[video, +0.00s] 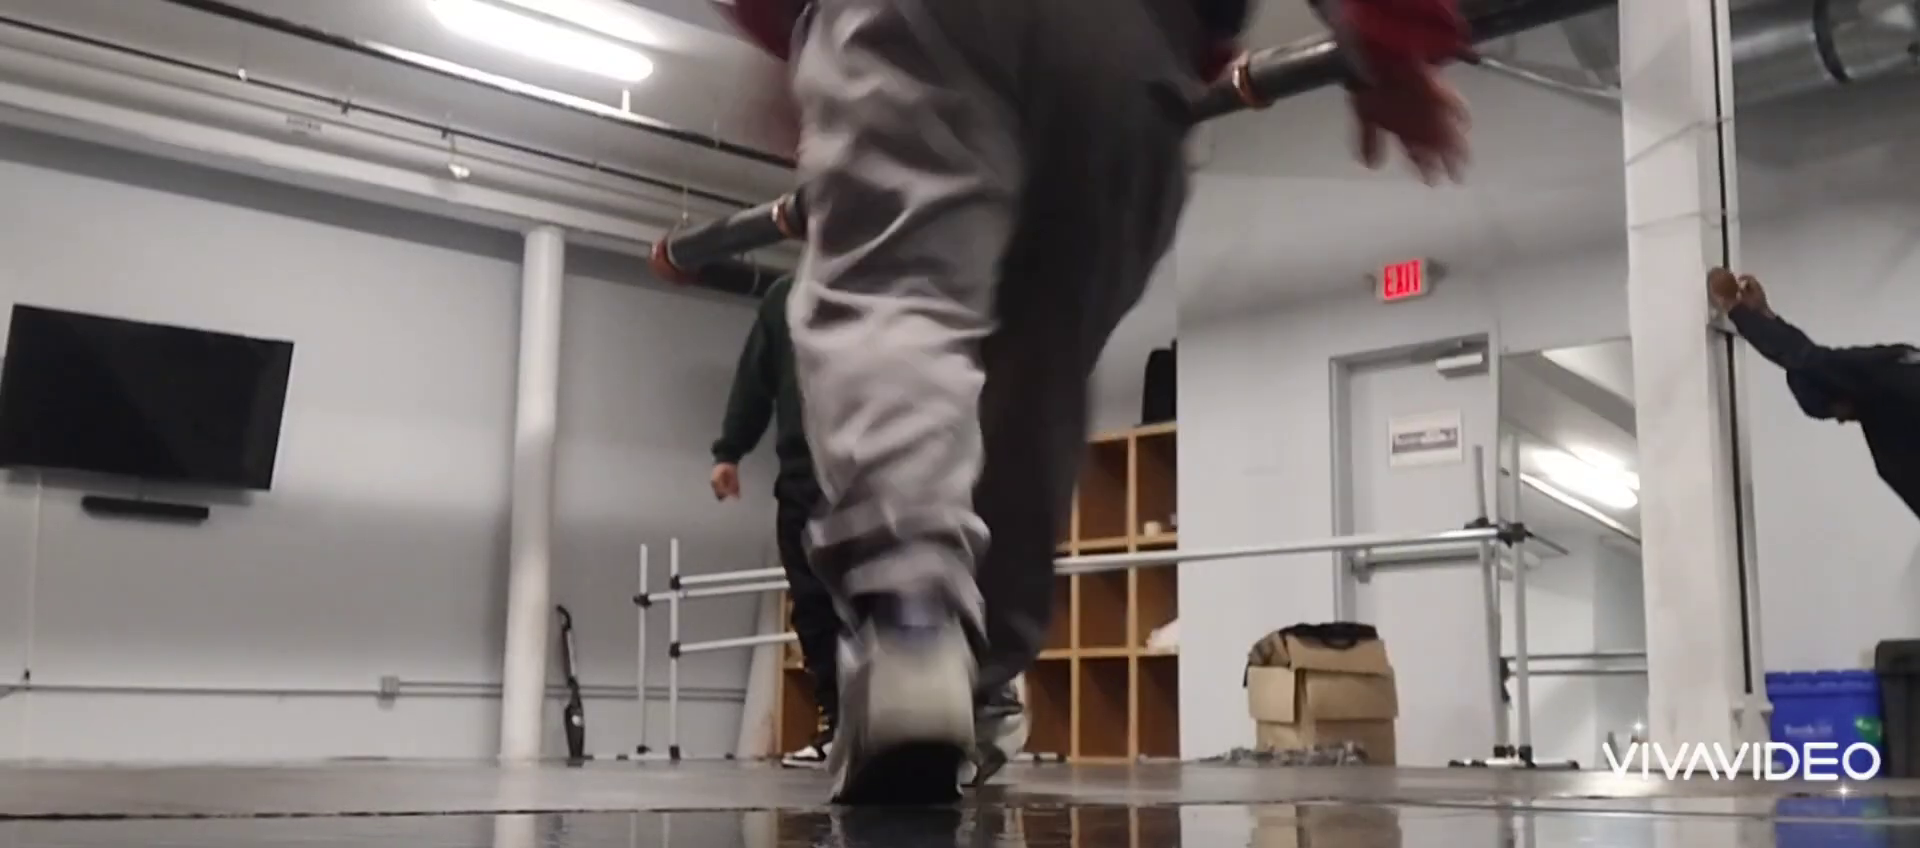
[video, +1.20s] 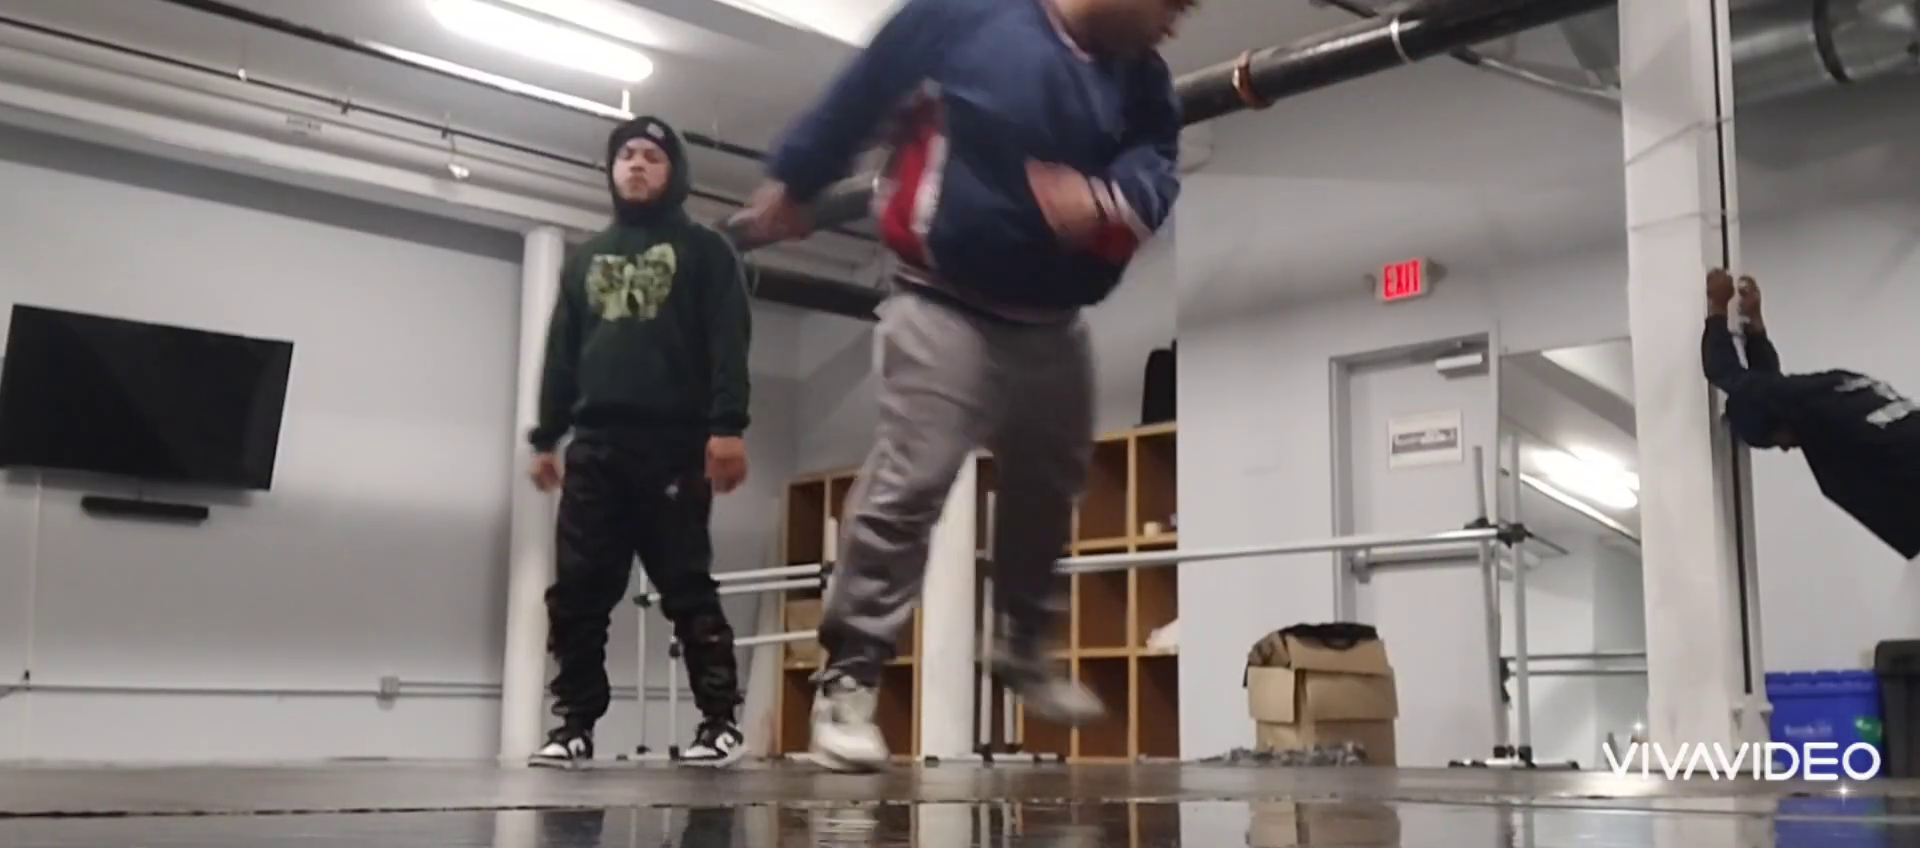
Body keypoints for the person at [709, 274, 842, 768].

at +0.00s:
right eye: (817, 228)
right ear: (808, 235)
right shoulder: (788, 298)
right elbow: (755, 378)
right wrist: (729, 452)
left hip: (876, 472)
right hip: (804, 475)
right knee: (811, 605)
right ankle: (834, 724)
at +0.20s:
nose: (790, 228)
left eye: (800, 216)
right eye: (783, 216)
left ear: (828, 224)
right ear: (776, 225)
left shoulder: (847, 291)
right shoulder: (762, 290)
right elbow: (734, 379)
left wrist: (886, 451)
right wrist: (716, 448)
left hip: (829, 449)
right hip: (766, 449)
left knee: (807, 589)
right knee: (810, 589)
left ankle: (775, 721)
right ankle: (842, 724)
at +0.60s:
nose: (747, 191)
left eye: (762, 184)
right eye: (741, 181)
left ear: (787, 200)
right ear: (729, 194)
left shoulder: (803, 270)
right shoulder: (714, 272)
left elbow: (821, 362)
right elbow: (690, 360)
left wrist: (807, 448)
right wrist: (663, 442)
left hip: (766, 454)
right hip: (711, 454)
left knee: (755, 594)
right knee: (718, 602)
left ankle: (731, 733)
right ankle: (810, 698)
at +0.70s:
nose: (730, 187)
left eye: (746, 180)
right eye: (725, 177)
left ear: (773, 196)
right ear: (714, 190)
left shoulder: (788, 268)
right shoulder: (700, 270)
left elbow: (796, 365)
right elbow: (676, 360)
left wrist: (772, 444)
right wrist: (645, 444)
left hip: (756, 452)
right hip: (698, 451)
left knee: (751, 588)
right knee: (679, 592)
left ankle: (734, 730)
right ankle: (770, 687)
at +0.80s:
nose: (712, 182)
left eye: (728, 175)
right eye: (706, 173)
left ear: (755, 189)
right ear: (695, 186)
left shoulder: (770, 259)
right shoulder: (684, 264)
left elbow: (773, 355)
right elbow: (661, 355)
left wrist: (739, 427)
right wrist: (632, 442)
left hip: (748, 450)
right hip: (680, 450)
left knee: (746, 591)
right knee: (648, 587)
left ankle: (730, 730)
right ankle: (701, 692)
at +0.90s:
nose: (693, 179)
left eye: (707, 171)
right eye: (686, 170)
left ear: (732, 188)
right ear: (673, 185)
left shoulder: (760, 259)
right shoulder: (664, 267)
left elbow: (763, 352)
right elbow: (641, 360)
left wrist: (715, 416)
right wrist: (625, 447)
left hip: (736, 459)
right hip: (664, 459)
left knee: (739, 596)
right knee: (629, 591)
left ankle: (731, 730)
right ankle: (624, 721)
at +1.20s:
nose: (638, 164)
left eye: (652, 157)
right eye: (627, 156)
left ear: (675, 175)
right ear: (612, 173)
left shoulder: (704, 248)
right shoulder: (589, 254)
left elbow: (729, 340)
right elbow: (563, 349)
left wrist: (727, 428)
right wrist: (547, 439)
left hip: (674, 444)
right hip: (595, 443)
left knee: (687, 589)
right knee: (577, 593)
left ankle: (719, 723)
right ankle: (575, 728)